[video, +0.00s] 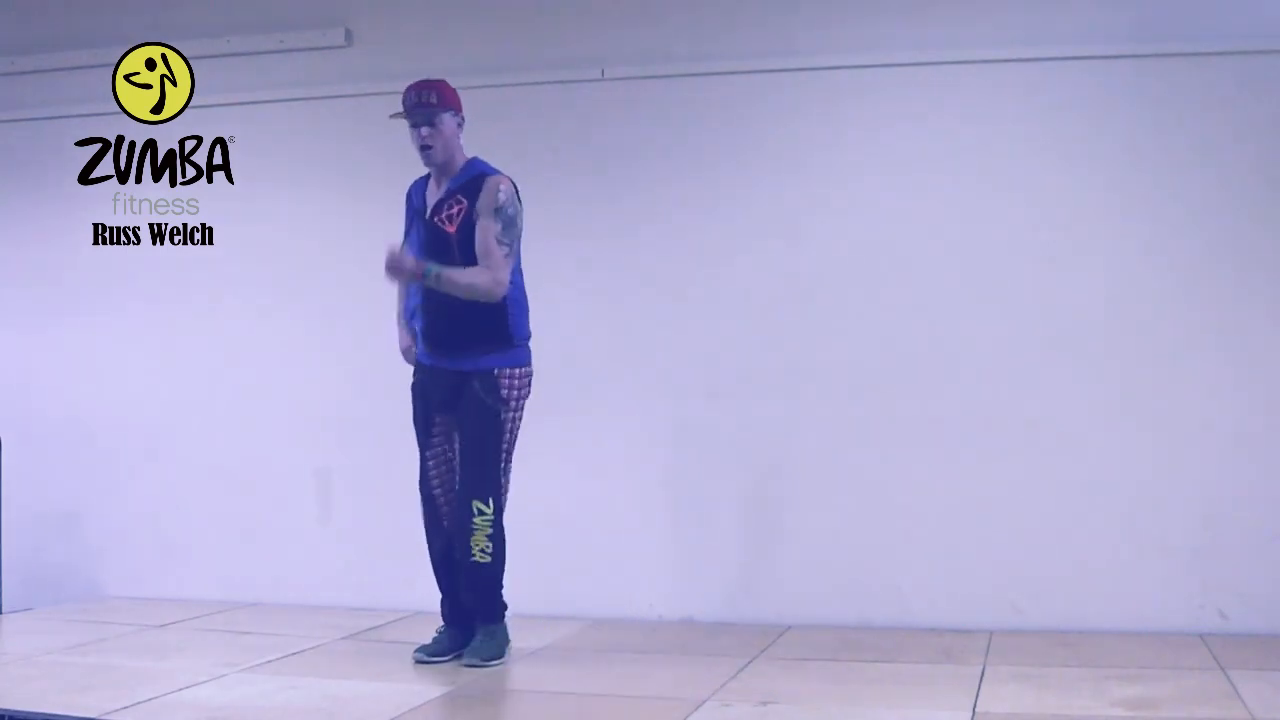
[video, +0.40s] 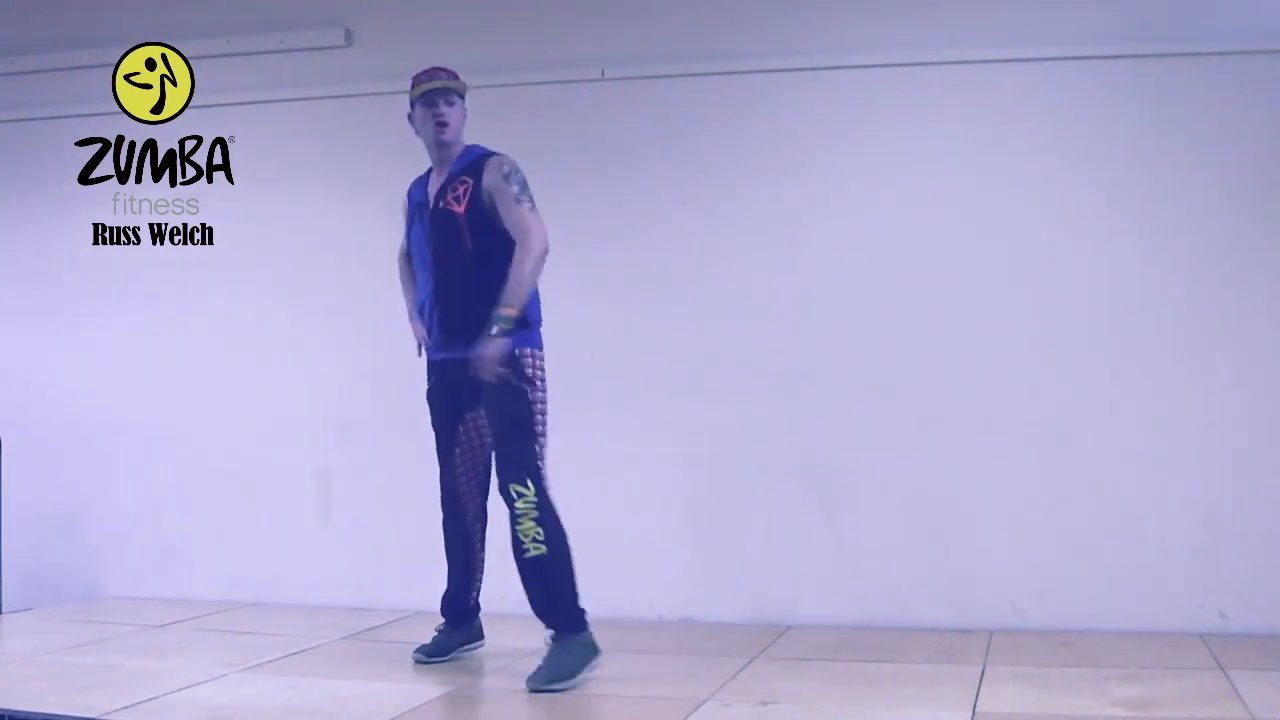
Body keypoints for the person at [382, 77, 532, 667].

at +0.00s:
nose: (422, 136)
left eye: (430, 124)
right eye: (414, 127)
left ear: (458, 123)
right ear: (409, 133)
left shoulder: (495, 190)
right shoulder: (418, 194)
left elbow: (494, 283)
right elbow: (412, 273)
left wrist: (420, 271)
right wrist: (404, 326)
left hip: (493, 364)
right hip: (436, 364)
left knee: (479, 497)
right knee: (439, 495)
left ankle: (490, 625)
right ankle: (457, 622)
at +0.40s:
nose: (441, 112)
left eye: (449, 102)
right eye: (428, 104)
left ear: (465, 112)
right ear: (412, 119)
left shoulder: (494, 170)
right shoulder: (416, 194)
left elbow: (534, 242)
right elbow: (408, 261)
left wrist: (499, 328)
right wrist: (415, 314)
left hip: (507, 352)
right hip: (447, 360)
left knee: (523, 489)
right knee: (460, 494)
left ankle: (571, 633)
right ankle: (460, 624)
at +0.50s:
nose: (454, 119)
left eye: (463, 108)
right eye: (441, 112)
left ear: (479, 118)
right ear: (426, 127)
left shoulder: (506, 175)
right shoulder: (434, 201)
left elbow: (542, 225)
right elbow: (426, 273)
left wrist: (584, 285)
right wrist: (430, 333)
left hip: (519, 365)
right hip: (457, 372)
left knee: (543, 504)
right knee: (460, 502)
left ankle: (581, 646)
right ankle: (462, 623)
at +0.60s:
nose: (460, 118)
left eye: (468, 107)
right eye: (447, 111)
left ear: (485, 116)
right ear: (432, 127)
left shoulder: (515, 168)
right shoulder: (445, 201)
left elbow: (556, 188)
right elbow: (443, 275)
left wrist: (598, 219)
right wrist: (451, 338)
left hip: (533, 363)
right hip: (472, 370)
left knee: (542, 505)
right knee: (450, 498)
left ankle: (581, 646)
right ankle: (459, 611)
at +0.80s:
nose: (474, 127)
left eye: (483, 115)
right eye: (461, 120)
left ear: (501, 125)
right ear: (446, 136)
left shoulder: (538, 177)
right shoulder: (463, 209)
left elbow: (617, 179)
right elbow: (477, 282)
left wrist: (585, 120)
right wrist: (482, 349)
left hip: (556, 368)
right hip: (496, 373)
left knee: (546, 513)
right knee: (439, 481)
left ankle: (582, 650)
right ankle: (511, 584)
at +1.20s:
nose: (475, 107)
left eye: (490, 99)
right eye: (475, 98)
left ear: (522, 116)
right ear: (480, 116)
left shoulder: (553, 179)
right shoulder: (476, 192)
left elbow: (617, 231)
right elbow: (483, 277)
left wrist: (597, 148)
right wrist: (484, 351)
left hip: (552, 373)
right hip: (495, 373)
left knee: (544, 518)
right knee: (441, 486)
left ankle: (583, 652)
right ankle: (521, 597)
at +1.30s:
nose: (472, 103)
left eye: (485, 94)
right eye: (473, 94)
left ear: (517, 108)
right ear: (481, 111)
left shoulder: (545, 178)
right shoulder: (474, 182)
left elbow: (578, 269)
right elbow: (485, 271)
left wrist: (591, 231)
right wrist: (477, 349)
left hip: (543, 365)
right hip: (484, 365)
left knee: (545, 503)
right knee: (435, 481)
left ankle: (582, 648)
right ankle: (476, 604)